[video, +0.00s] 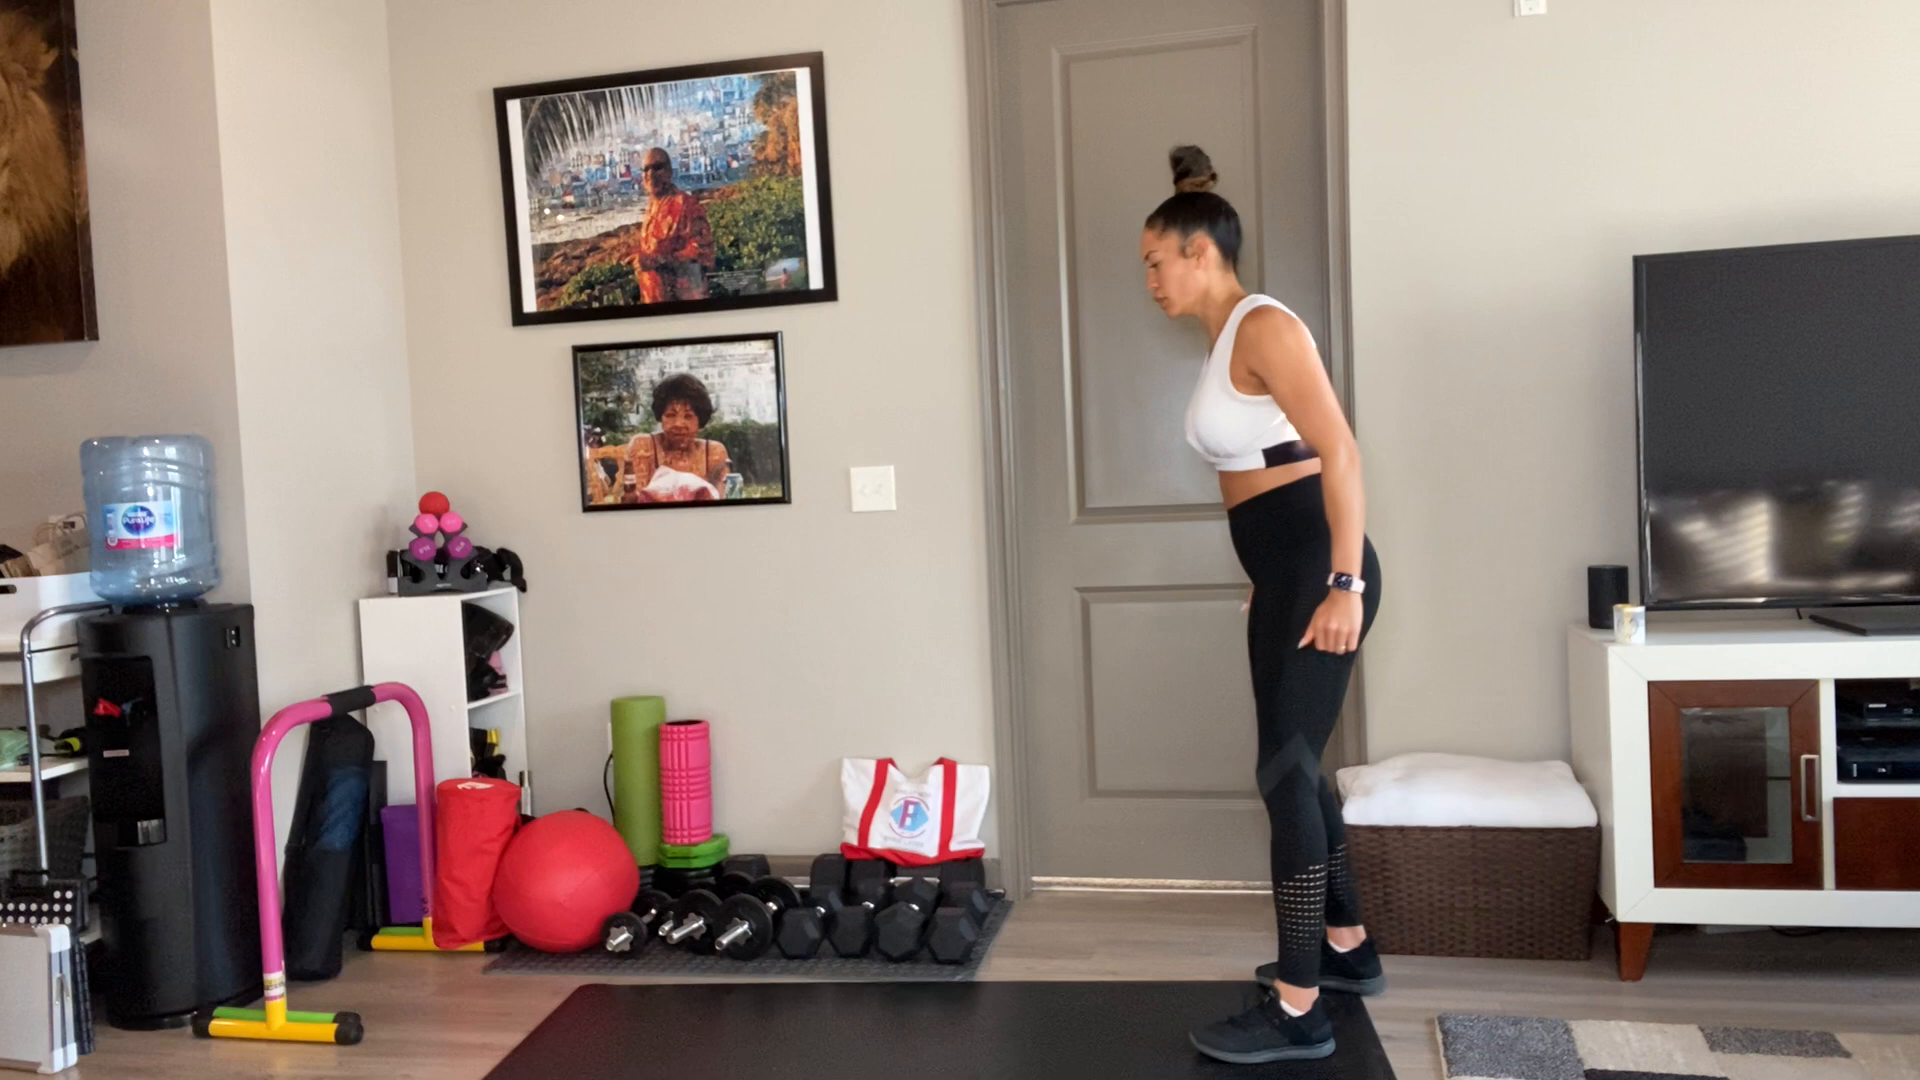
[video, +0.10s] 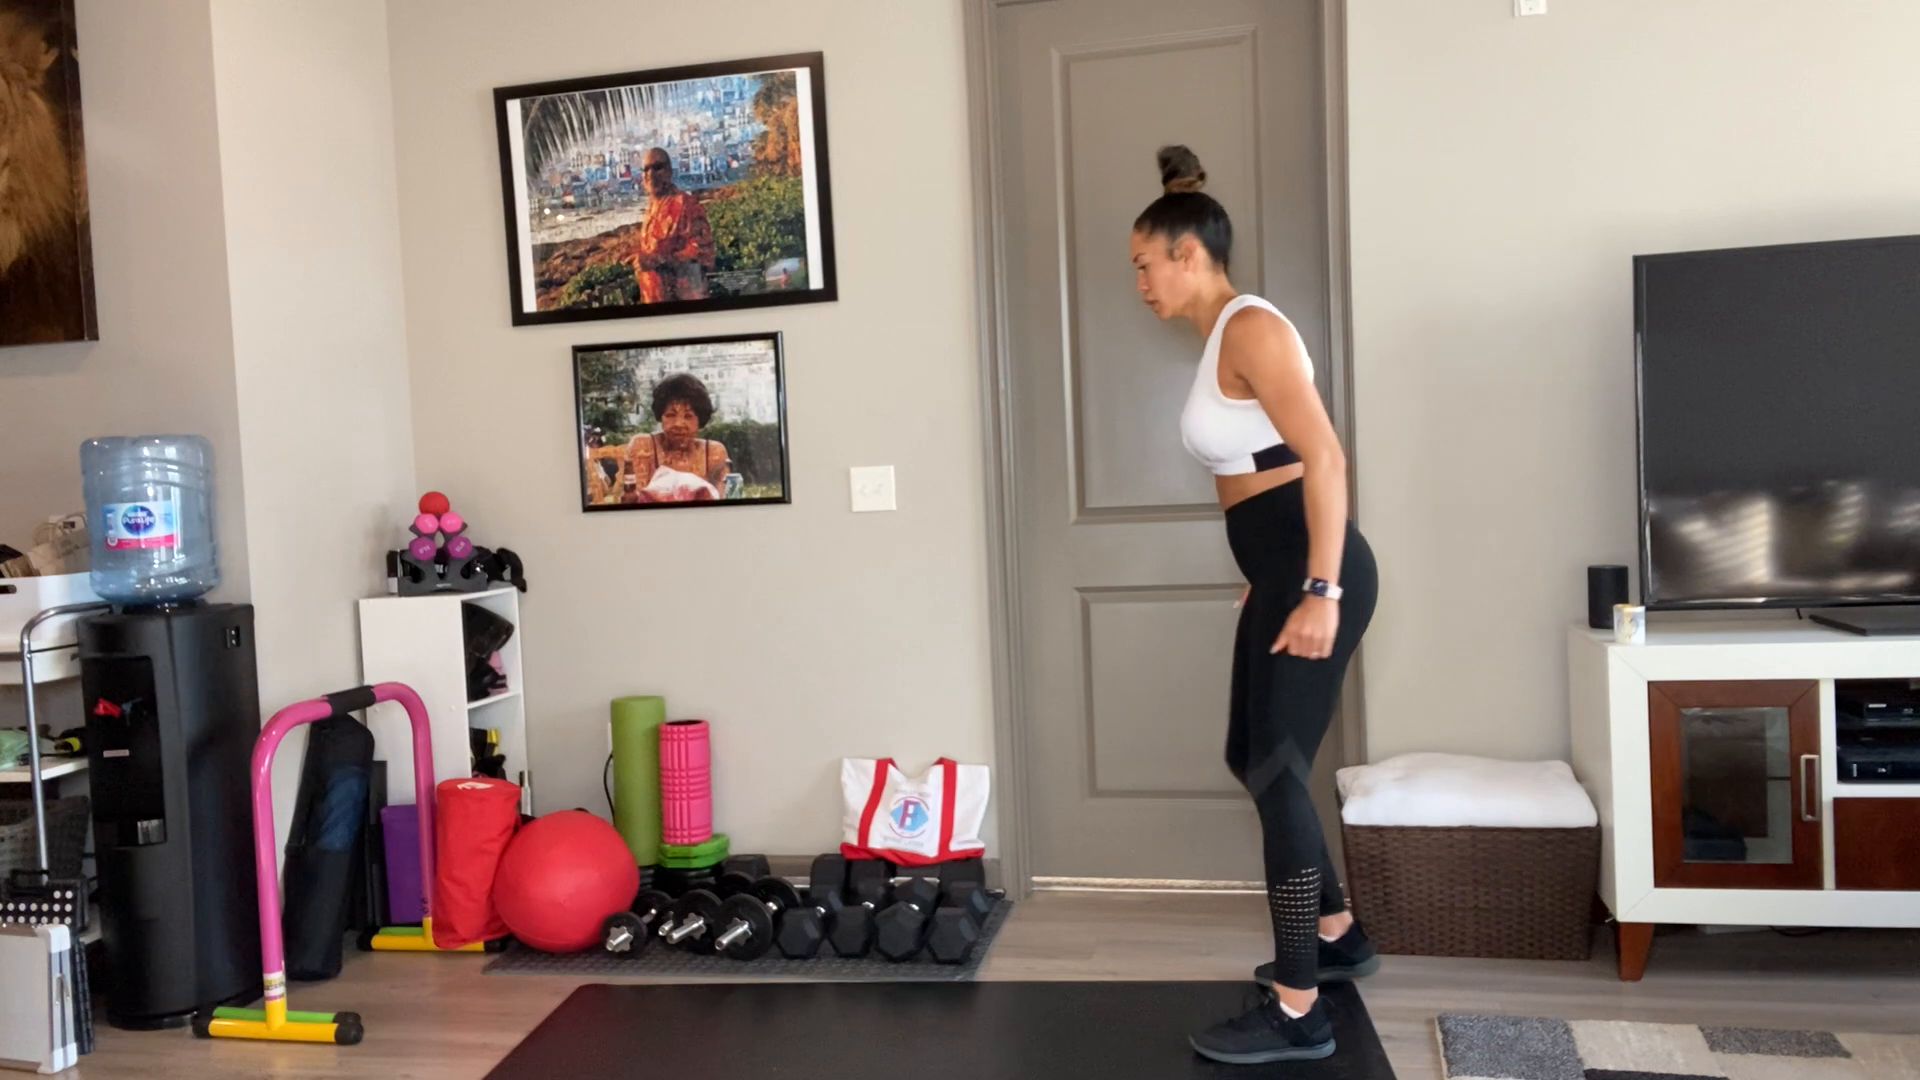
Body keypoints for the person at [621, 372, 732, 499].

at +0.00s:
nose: (679, 424)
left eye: (688, 416)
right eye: (671, 415)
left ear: (700, 420)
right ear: (660, 418)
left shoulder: (715, 451)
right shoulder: (641, 446)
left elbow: (719, 500)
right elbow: (636, 499)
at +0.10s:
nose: (679, 424)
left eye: (688, 416)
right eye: (671, 415)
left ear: (700, 420)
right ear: (660, 418)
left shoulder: (715, 451)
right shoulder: (641, 446)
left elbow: (719, 500)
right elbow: (636, 499)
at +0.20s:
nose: (679, 424)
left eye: (688, 416)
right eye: (671, 415)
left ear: (700, 420)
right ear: (660, 418)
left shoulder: (715, 451)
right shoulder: (641, 446)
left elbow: (719, 500)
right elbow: (636, 499)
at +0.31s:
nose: (679, 424)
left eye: (688, 416)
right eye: (671, 415)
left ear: (700, 421)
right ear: (660, 418)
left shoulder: (715, 451)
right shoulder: (641, 446)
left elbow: (719, 500)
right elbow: (636, 499)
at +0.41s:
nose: (679, 424)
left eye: (688, 416)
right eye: (671, 415)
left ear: (700, 420)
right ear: (660, 418)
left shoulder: (715, 451)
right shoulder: (641, 446)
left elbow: (718, 500)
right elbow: (637, 499)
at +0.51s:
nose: (679, 424)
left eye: (688, 416)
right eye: (671, 415)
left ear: (700, 420)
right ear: (660, 418)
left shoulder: (715, 451)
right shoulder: (641, 446)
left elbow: (719, 500)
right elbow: (637, 499)